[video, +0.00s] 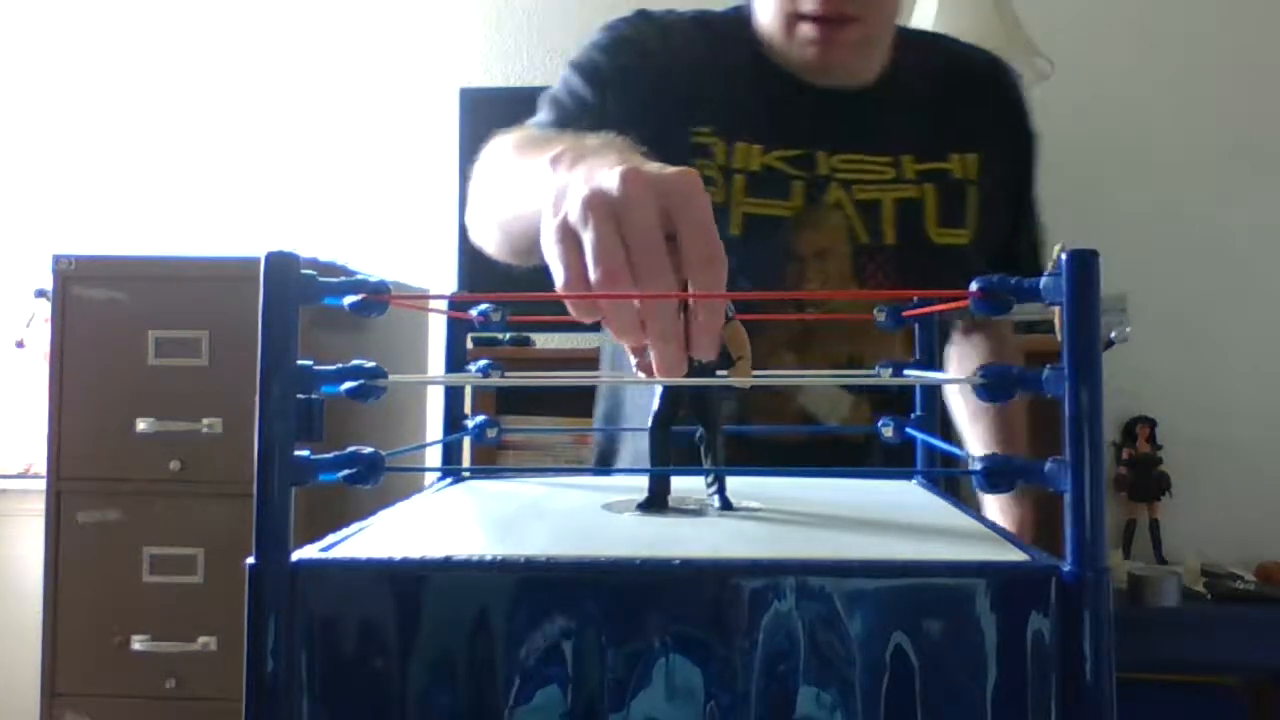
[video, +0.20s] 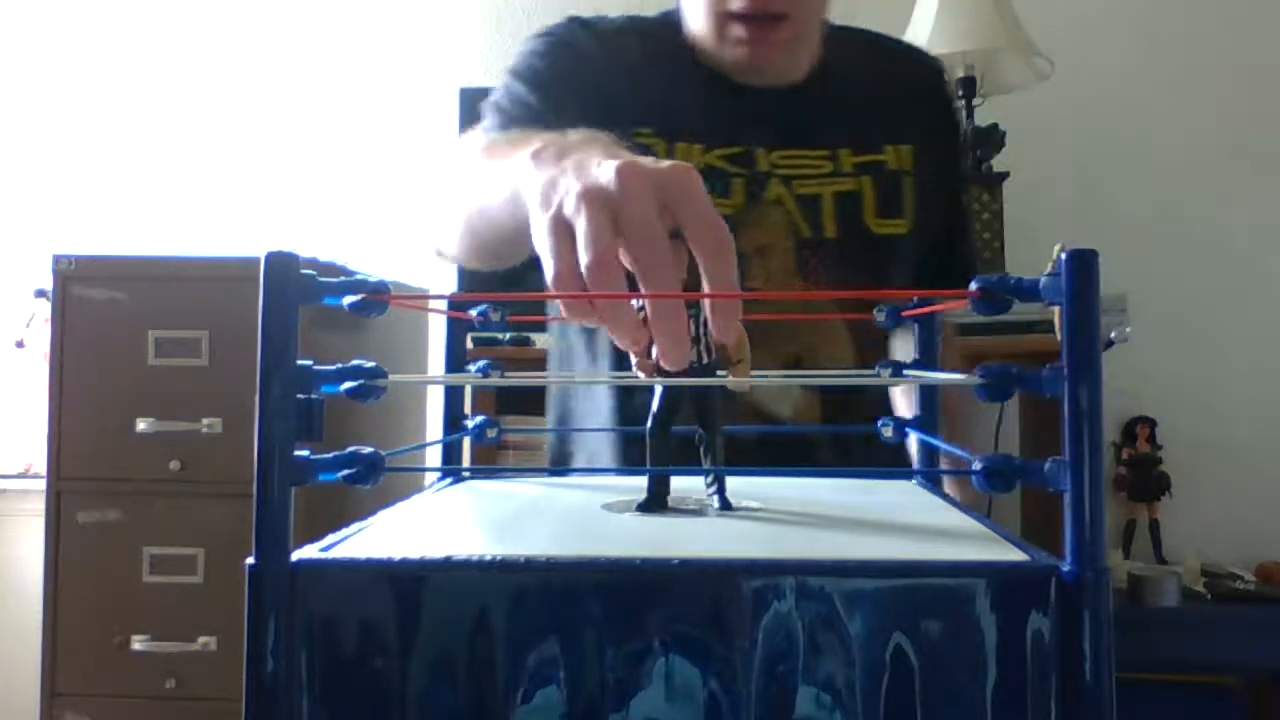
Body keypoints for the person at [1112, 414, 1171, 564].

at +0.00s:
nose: (1145, 431)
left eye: (1148, 428)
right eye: (1142, 428)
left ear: (1151, 431)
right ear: (1136, 430)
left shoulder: (1153, 447)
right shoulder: (1129, 446)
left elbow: (1158, 464)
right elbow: (1124, 464)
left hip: (1152, 483)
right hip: (1134, 483)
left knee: (1154, 518)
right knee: (1132, 517)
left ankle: (1159, 555)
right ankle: (1126, 554)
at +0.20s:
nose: (1145, 431)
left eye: (1148, 428)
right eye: (1142, 427)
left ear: (1151, 431)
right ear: (1136, 430)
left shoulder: (1153, 447)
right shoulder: (1129, 446)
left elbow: (1157, 464)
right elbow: (1124, 464)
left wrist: (1137, 459)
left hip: (1152, 483)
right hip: (1134, 483)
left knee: (1154, 517)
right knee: (1132, 517)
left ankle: (1159, 555)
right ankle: (1126, 554)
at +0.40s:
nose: (1145, 431)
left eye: (1148, 428)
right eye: (1142, 427)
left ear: (1151, 431)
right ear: (1135, 429)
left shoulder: (1153, 448)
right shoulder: (1129, 446)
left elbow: (1158, 464)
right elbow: (1124, 465)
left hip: (1152, 483)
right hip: (1134, 483)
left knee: (1154, 517)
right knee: (1132, 516)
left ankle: (1159, 555)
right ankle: (1126, 554)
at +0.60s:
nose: (1146, 432)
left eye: (1148, 428)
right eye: (1143, 428)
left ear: (1151, 431)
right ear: (1137, 430)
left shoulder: (1153, 446)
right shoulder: (1129, 446)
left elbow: (1158, 463)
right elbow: (1124, 463)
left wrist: (1136, 458)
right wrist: (1148, 460)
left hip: (1152, 483)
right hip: (1133, 483)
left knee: (1154, 517)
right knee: (1132, 517)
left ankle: (1159, 556)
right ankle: (1126, 555)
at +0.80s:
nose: (1146, 432)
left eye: (1148, 428)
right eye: (1143, 428)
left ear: (1151, 431)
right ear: (1137, 430)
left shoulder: (1153, 446)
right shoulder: (1129, 446)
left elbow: (1158, 463)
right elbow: (1124, 463)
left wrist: (1136, 458)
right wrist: (1149, 460)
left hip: (1152, 483)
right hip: (1133, 483)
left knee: (1154, 518)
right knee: (1132, 517)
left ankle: (1159, 556)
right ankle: (1126, 555)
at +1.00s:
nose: (1144, 431)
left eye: (1147, 428)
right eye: (1142, 428)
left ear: (1150, 431)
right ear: (1136, 430)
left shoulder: (1153, 448)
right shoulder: (1129, 447)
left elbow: (1158, 465)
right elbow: (1124, 466)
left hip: (1152, 484)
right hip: (1133, 483)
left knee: (1154, 517)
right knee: (1133, 516)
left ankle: (1159, 556)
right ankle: (1126, 555)